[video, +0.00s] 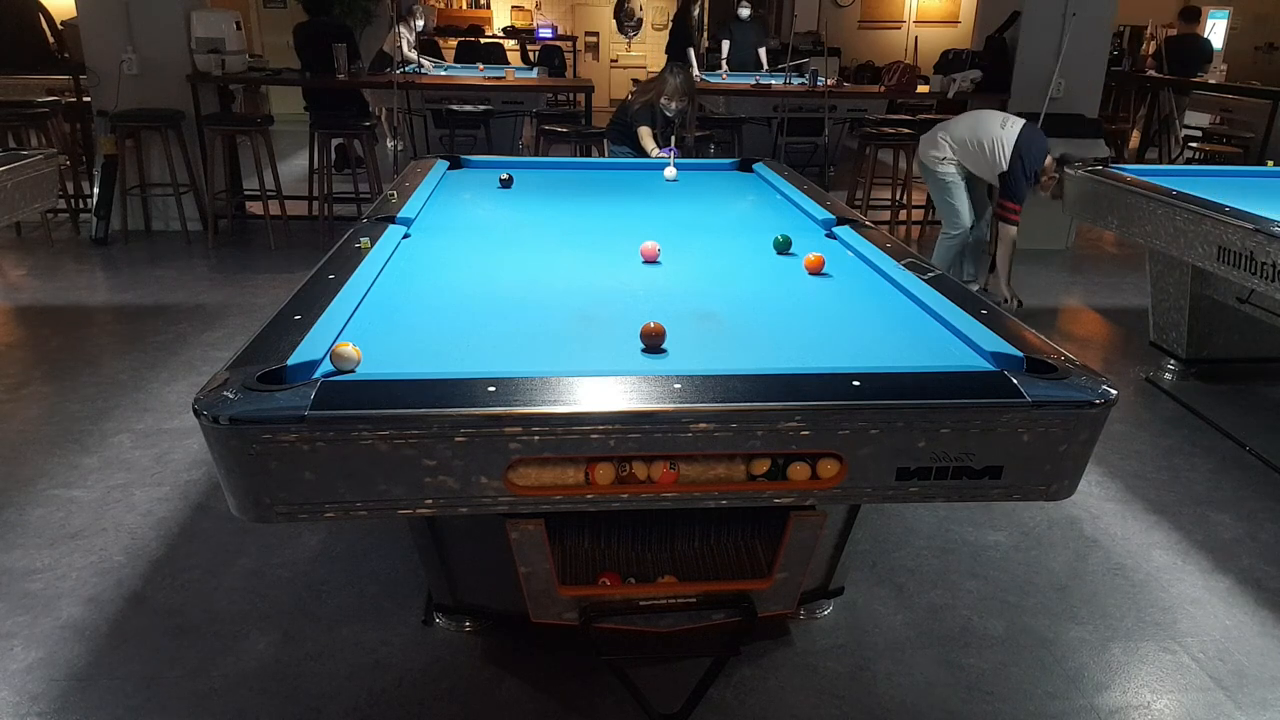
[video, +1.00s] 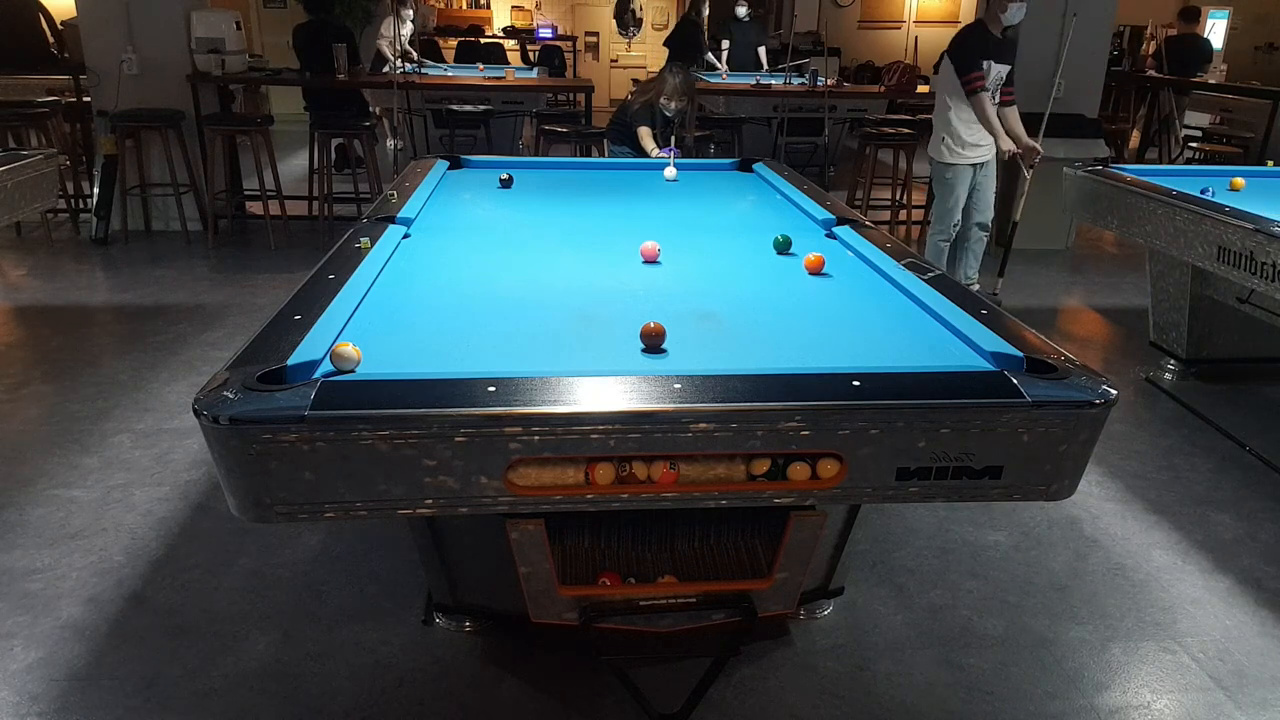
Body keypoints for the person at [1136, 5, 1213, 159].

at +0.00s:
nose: (1177, 24)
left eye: (1177, 21)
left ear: (1179, 21)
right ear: (1198, 22)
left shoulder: (1169, 41)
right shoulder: (1206, 44)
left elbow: (1150, 64)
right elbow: (1205, 70)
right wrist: (1188, 65)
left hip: (1163, 91)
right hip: (1184, 92)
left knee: (1143, 125)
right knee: (1174, 129)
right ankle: (1171, 163)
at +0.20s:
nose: (1177, 24)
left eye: (1178, 21)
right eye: (1178, 21)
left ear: (1180, 21)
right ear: (1198, 22)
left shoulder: (1169, 41)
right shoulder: (1205, 44)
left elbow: (1150, 64)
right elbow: (1205, 70)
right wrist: (1188, 65)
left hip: (1163, 91)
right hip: (1185, 92)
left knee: (1144, 124)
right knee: (1174, 128)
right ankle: (1170, 163)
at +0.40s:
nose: (1177, 24)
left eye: (1178, 21)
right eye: (1178, 21)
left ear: (1180, 21)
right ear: (1198, 22)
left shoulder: (1169, 41)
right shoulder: (1206, 44)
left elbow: (1150, 64)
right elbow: (1206, 70)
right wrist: (1189, 66)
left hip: (1164, 91)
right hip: (1185, 92)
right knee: (1175, 127)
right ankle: (1170, 161)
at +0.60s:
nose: (1177, 24)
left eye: (1178, 21)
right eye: (1178, 21)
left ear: (1180, 21)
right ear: (1198, 22)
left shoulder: (1169, 41)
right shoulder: (1206, 44)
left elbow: (1150, 64)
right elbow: (1205, 70)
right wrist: (1188, 65)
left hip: (1164, 91)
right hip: (1185, 92)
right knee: (1175, 126)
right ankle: (1170, 160)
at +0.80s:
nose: (1177, 24)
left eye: (1177, 21)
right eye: (1178, 21)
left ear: (1179, 21)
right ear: (1198, 22)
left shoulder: (1169, 41)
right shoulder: (1205, 44)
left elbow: (1150, 64)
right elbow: (1205, 70)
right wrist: (1188, 65)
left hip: (1164, 91)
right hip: (1185, 92)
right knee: (1175, 126)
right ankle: (1170, 160)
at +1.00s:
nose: (1176, 24)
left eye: (1177, 21)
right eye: (1177, 21)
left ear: (1179, 21)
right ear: (1198, 22)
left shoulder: (1169, 41)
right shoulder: (1205, 44)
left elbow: (1150, 64)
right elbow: (1205, 70)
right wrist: (1188, 66)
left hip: (1163, 91)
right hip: (1185, 92)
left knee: (1145, 124)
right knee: (1175, 127)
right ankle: (1170, 161)